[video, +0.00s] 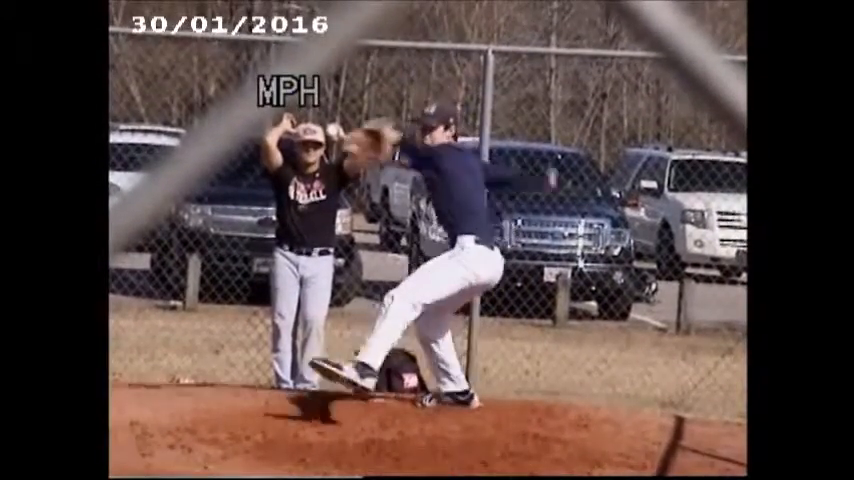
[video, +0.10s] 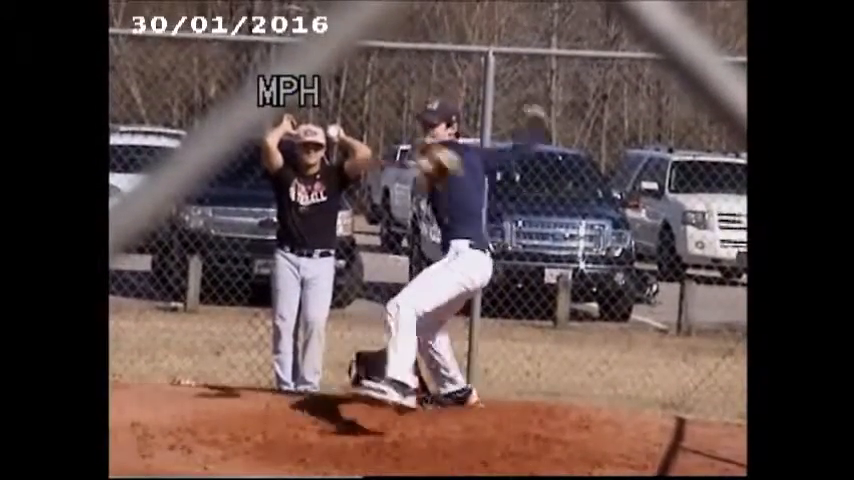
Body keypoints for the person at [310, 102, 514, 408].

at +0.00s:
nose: (424, 134)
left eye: (431, 129)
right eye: (424, 129)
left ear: (450, 130)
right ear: (450, 132)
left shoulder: (438, 156)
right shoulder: (474, 160)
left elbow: (396, 147)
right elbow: (496, 172)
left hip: (471, 255)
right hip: (490, 260)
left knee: (402, 298)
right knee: (430, 323)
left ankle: (365, 369)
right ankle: (457, 390)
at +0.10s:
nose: (426, 131)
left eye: (432, 126)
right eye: (424, 125)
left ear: (450, 127)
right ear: (450, 130)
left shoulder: (446, 155)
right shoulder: (474, 156)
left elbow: (431, 162)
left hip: (464, 259)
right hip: (479, 261)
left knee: (402, 307)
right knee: (427, 326)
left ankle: (399, 382)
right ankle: (454, 386)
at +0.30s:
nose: (488, 168)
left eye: (497, 166)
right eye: (487, 159)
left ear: (503, 169)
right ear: (479, 150)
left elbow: (497, 249)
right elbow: (407, 146)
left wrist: (490, 283)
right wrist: (438, 125)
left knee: (436, 332)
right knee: (406, 337)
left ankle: (430, 415)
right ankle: (407, 375)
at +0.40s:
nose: (532, 197)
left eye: (535, 192)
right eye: (530, 188)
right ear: (513, 177)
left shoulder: (502, 211)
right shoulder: (473, 185)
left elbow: (473, 251)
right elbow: (424, 175)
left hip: (442, 254)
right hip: (410, 243)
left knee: (437, 332)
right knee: (397, 309)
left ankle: (430, 414)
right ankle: (377, 356)